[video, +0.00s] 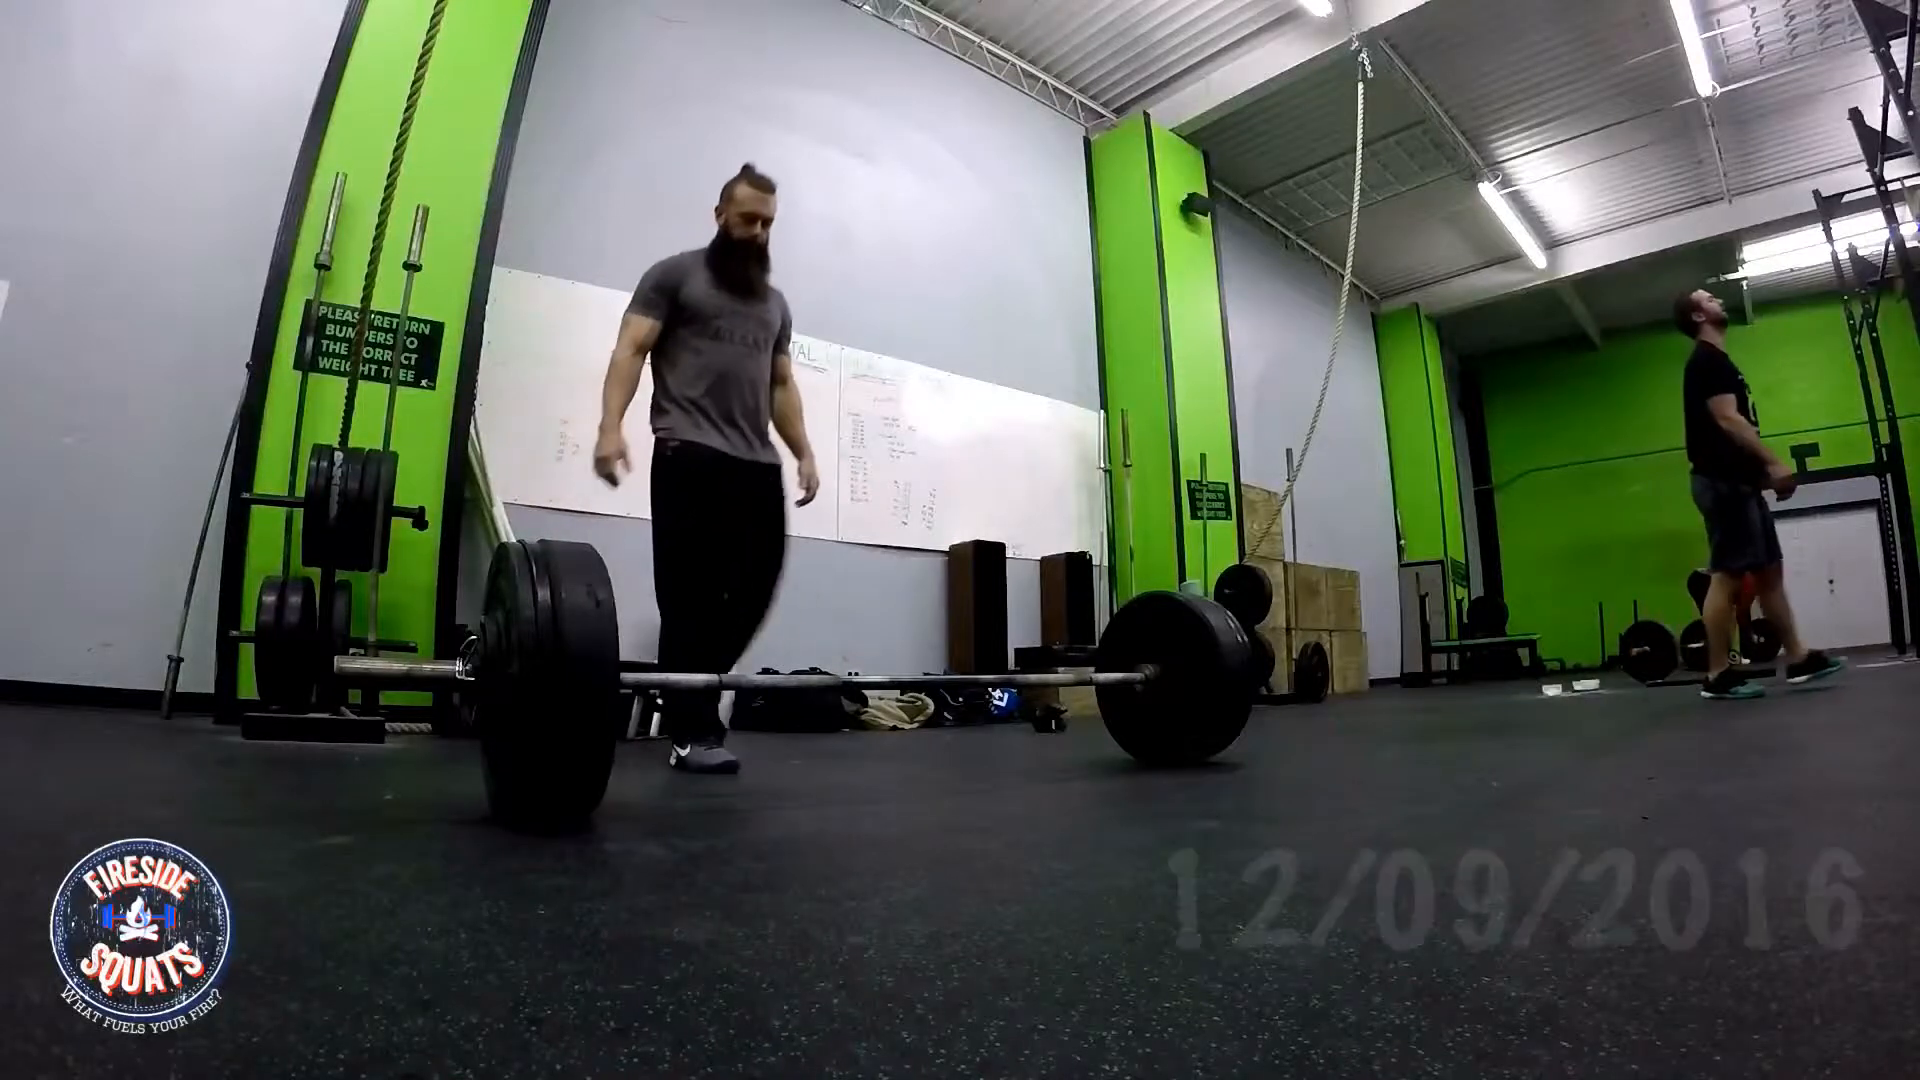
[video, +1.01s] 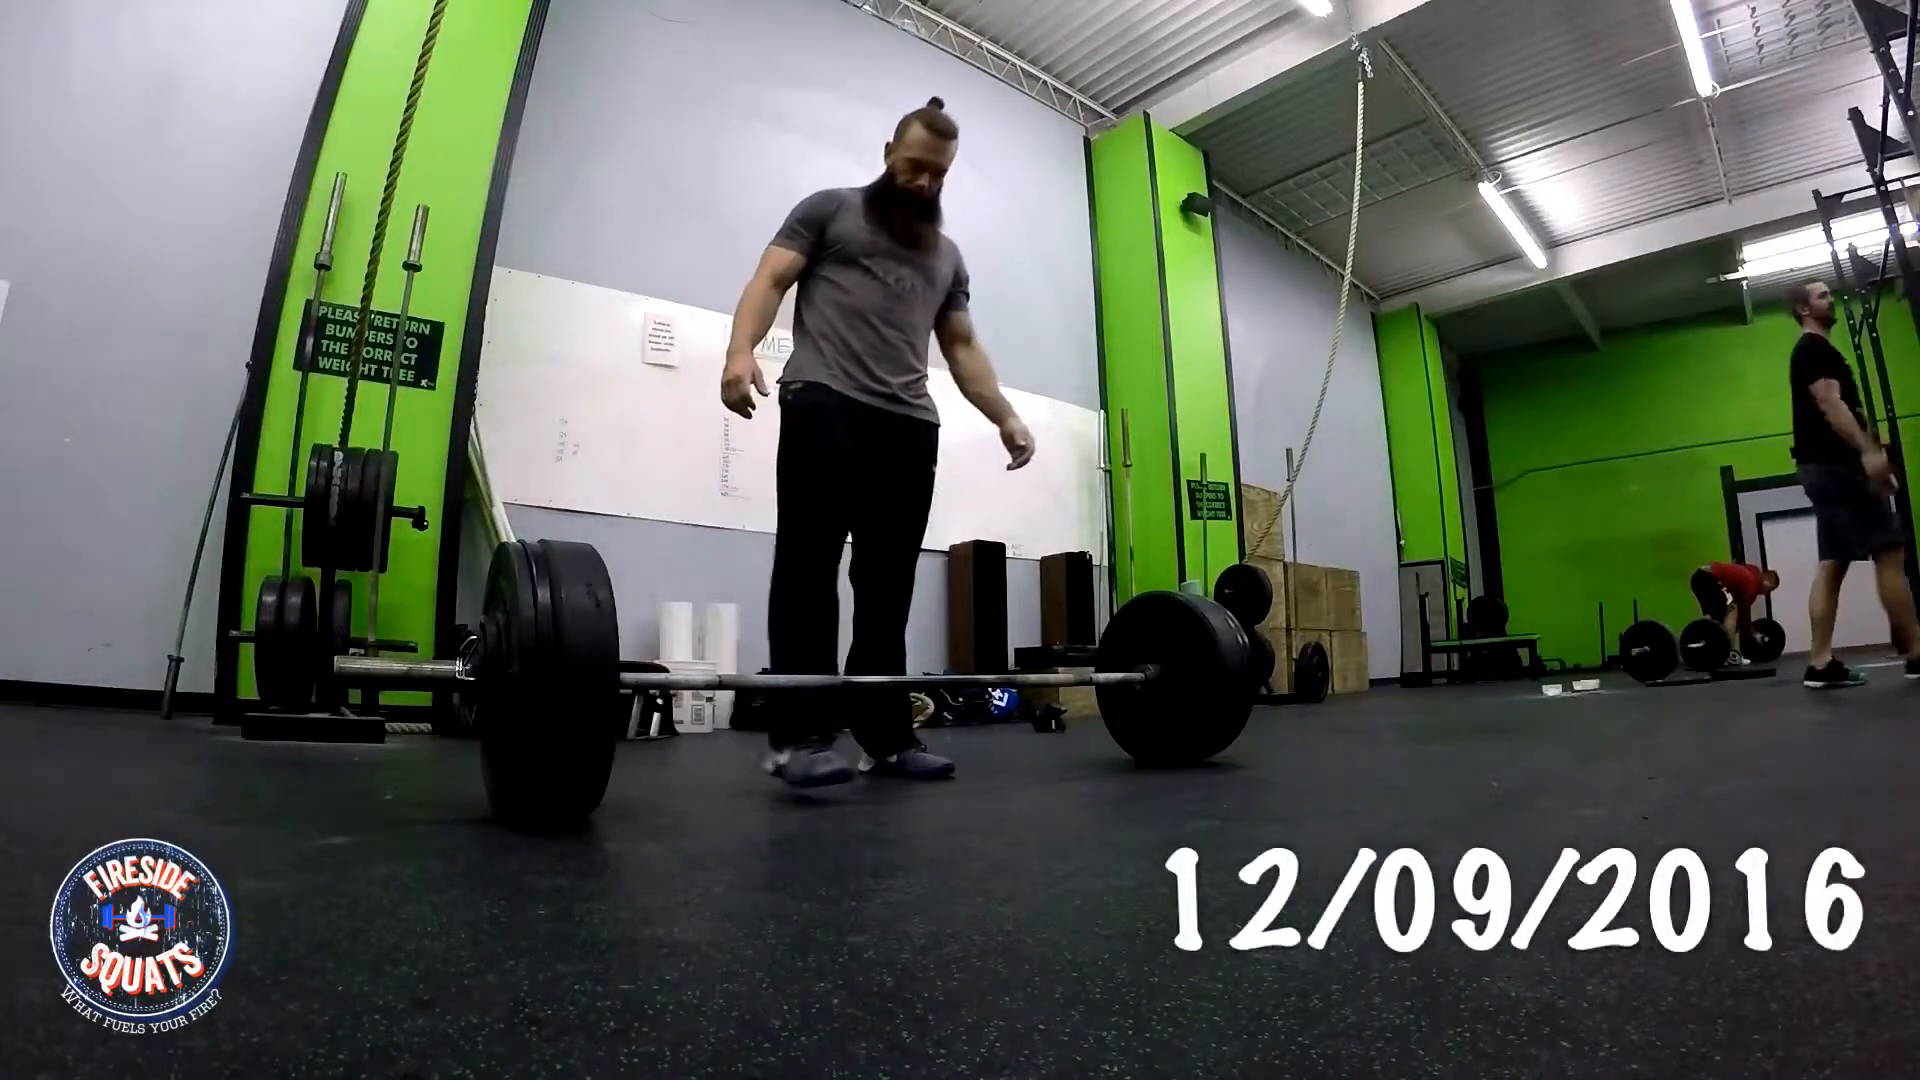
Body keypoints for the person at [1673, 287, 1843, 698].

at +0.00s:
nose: (1719, 300)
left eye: (1713, 295)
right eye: (1710, 297)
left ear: (1702, 316)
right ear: (1699, 314)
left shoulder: (1718, 360)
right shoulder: (1706, 360)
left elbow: (1731, 425)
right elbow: (1728, 419)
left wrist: (1758, 473)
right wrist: (1773, 461)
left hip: (1739, 481)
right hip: (1721, 483)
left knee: (1768, 570)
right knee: (1726, 575)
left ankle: (1796, 657)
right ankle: (1719, 671)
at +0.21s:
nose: (1745, 302)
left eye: (1739, 297)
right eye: (1737, 299)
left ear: (1728, 316)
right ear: (1725, 315)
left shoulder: (1742, 360)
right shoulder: (1730, 361)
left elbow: (1754, 423)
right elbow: (1751, 420)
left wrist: (1782, 471)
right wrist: (1785, 466)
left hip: (1767, 479)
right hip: (1748, 481)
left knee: (1795, 571)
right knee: (1745, 573)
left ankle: (1819, 664)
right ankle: (1720, 669)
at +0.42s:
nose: (1769, 303)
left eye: (1765, 298)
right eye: (1761, 300)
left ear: (1751, 315)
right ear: (1748, 313)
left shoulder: (1762, 356)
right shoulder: (1757, 355)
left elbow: (1770, 414)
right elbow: (1769, 406)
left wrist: (1797, 462)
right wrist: (1802, 454)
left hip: (1787, 472)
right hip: (1775, 473)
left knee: (1808, 568)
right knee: (1784, 563)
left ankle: (1819, 664)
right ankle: (1733, 657)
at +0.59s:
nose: (1790, 302)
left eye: (1788, 298)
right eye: (1782, 299)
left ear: (1775, 313)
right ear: (1765, 313)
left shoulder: (1785, 357)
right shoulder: (1771, 352)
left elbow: (1803, 427)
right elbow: (1792, 397)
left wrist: (1838, 473)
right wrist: (1844, 403)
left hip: (1804, 472)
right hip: (1796, 473)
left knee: (1816, 566)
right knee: (1833, 555)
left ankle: (1819, 662)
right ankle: (1778, 641)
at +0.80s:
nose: (1809, 302)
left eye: (1807, 297)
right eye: (1801, 299)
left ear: (1792, 311)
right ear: (1783, 311)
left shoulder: (1801, 356)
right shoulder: (1787, 351)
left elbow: (1822, 433)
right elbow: (1812, 393)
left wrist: (1866, 466)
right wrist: (1865, 391)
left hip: (1813, 473)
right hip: (1817, 472)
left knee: (1821, 568)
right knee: (1857, 556)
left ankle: (1819, 664)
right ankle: (1867, 658)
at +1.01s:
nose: (1830, 300)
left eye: (1829, 294)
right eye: (1821, 296)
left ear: (1818, 308)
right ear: (1804, 309)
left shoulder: (1813, 349)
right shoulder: (1815, 349)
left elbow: (1833, 410)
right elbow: (1829, 403)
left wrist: (1868, 445)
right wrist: (1867, 449)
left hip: (1824, 467)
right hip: (1840, 466)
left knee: (1831, 563)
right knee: (1890, 553)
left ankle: (1820, 662)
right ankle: (1914, 651)